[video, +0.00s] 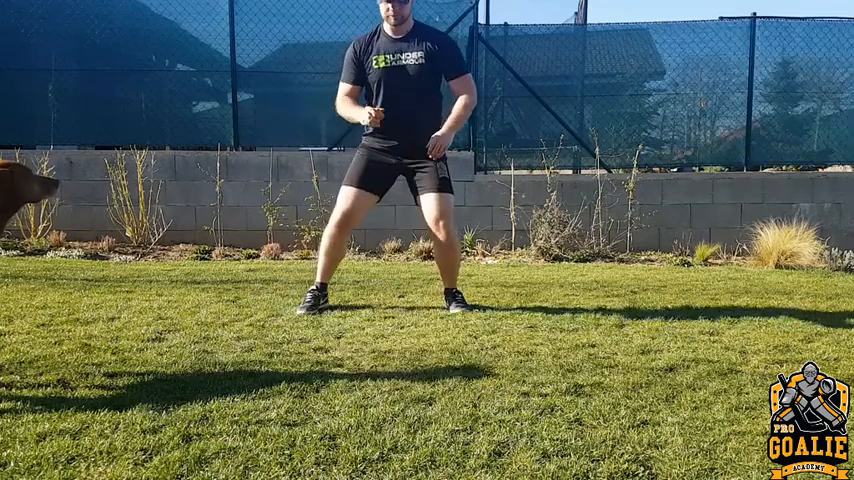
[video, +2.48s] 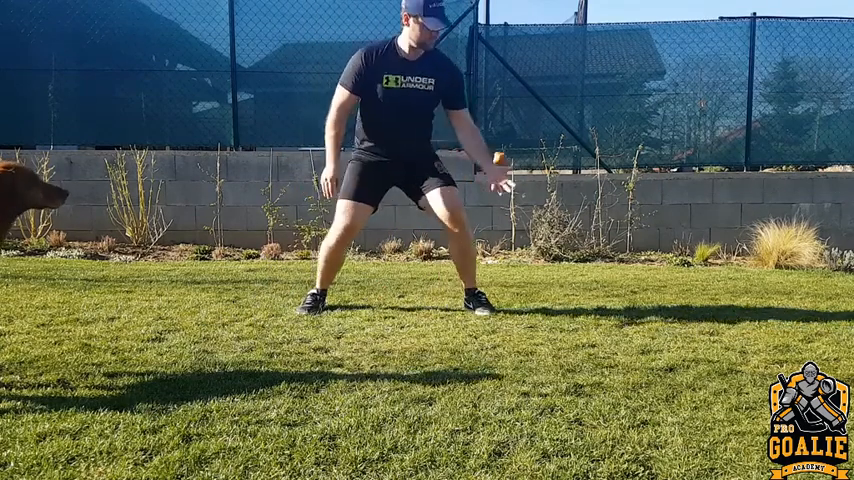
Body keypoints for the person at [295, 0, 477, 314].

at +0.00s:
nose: (393, 8)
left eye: (400, 2)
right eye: (387, 2)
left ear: (411, 4)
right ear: (379, 5)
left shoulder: (438, 42)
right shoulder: (361, 47)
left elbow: (467, 94)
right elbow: (343, 101)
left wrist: (447, 131)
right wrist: (362, 113)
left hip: (425, 148)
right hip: (377, 147)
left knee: (441, 226)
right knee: (342, 216)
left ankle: (452, 293)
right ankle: (318, 290)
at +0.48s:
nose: (389, 17)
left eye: (396, 11)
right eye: (382, 11)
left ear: (406, 9)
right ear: (372, 10)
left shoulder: (428, 48)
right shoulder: (353, 52)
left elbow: (446, 103)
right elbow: (340, 109)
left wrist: (438, 132)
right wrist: (347, 155)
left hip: (415, 148)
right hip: (367, 149)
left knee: (438, 220)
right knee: (337, 221)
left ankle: (452, 293)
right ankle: (318, 293)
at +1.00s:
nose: (373, 28)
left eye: (379, 21)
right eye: (369, 22)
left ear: (400, 12)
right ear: (364, 16)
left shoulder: (429, 52)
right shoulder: (353, 52)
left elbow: (449, 114)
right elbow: (338, 105)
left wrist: (432, 155)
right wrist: (320, 147)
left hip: (416, 152)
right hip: (367, 151)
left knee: (437, 219)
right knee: (340, 219)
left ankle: (452, 292)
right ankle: (317, 292)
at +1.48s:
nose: (361, 28)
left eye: (367, 21)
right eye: (354, 22)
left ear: (378, 13)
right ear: (345, 17)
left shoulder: (406, 47)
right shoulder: (328, 56)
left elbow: (428, 104)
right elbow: (311, 112)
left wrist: (411, 142)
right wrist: (332, 107)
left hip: (398, 147)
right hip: (351, 149)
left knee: (429, 215)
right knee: (329, 219)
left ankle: (452, 291)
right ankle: (317, 293)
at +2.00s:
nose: (381, 19)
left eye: (388, 12)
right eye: (374, 13)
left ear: (397, 12)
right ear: (364, 13)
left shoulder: (421, 50)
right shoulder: (344, 54)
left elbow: (440, 104)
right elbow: (331, 114)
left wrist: (429, 137)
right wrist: (329, 163)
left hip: (405, 149)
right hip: (356, 149)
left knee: (433, 217)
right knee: (333, 222)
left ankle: (452, 291)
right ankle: (317, 293)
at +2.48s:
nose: (435, 35)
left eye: (439, 29)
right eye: (429, 27)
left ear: (443, 27)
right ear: (407, 19)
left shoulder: (444, 70)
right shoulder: (369, 58)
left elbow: (465, 125)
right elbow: (338, 111)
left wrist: (488, 166)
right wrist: (331, 163)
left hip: (420, 158)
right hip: (372, 156)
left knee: (455, 216)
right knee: (345, 226)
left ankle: (473, 294)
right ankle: (318, 293)